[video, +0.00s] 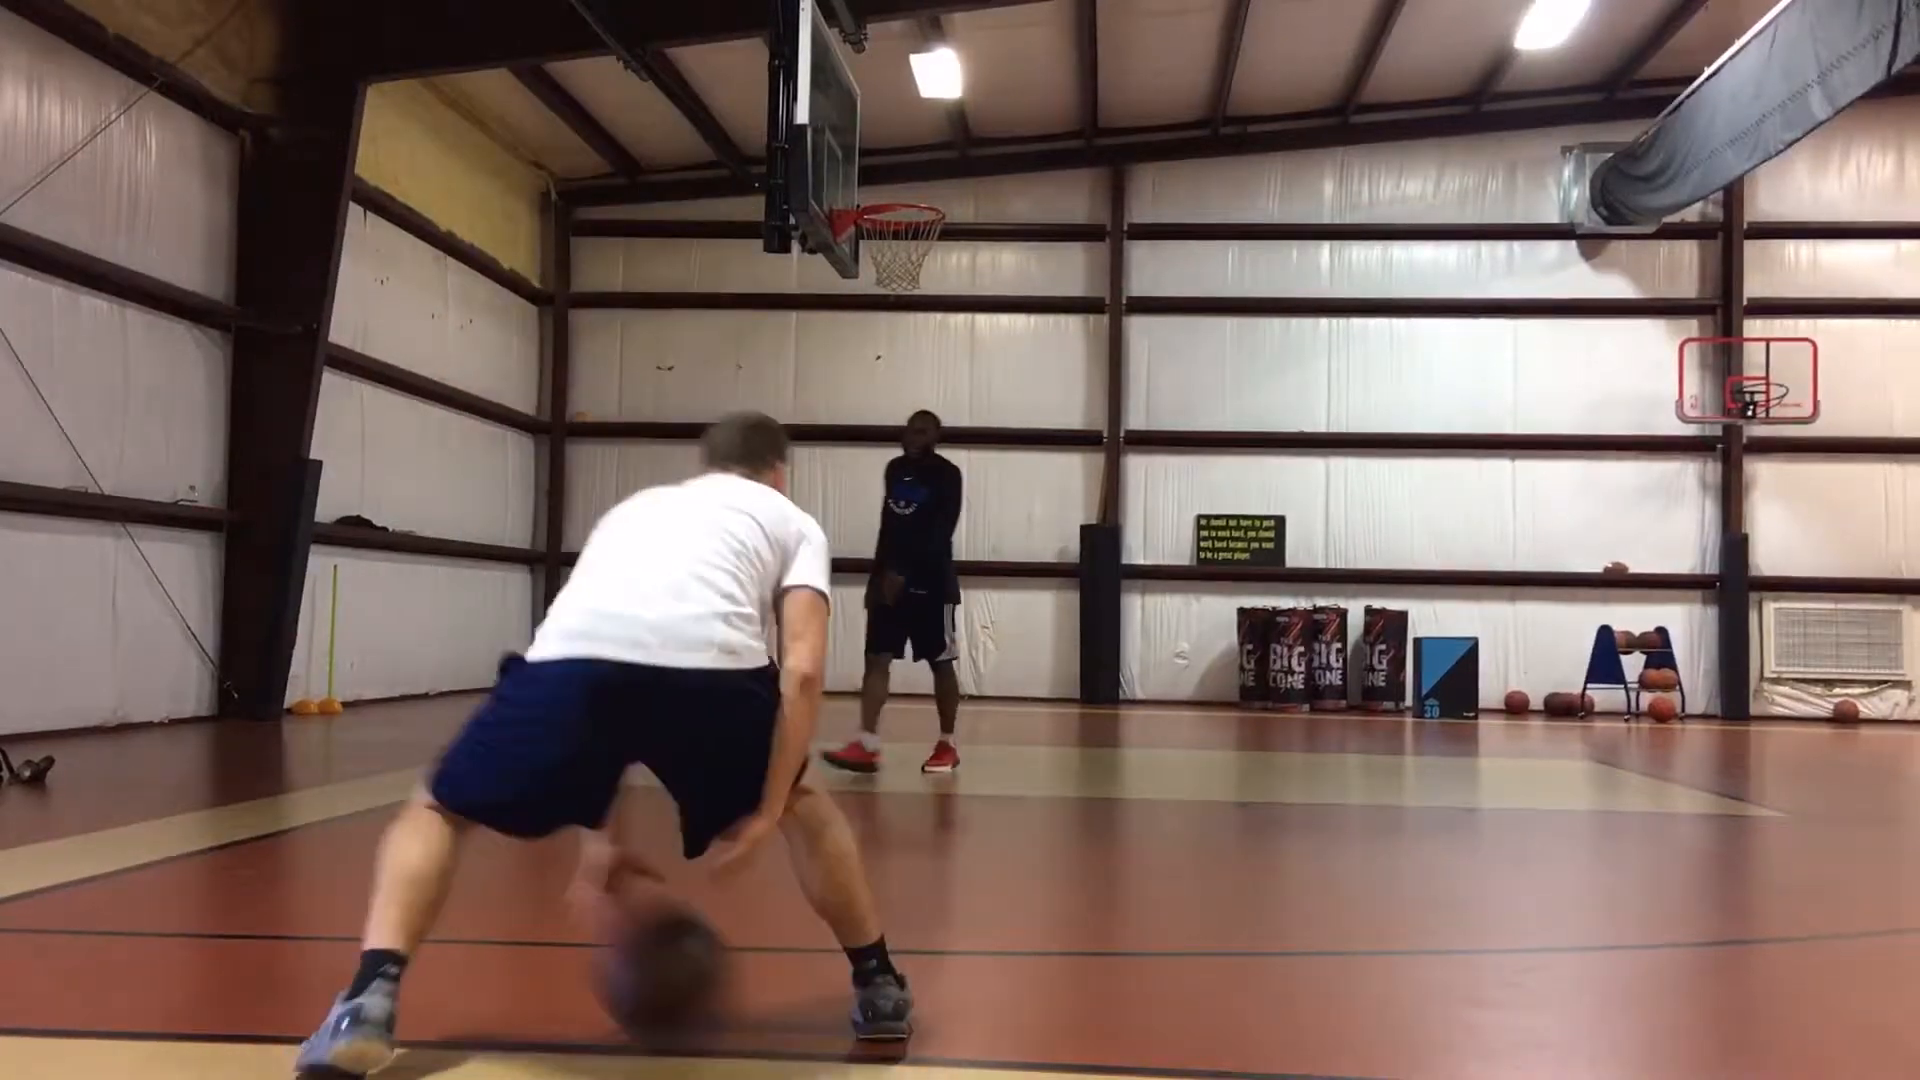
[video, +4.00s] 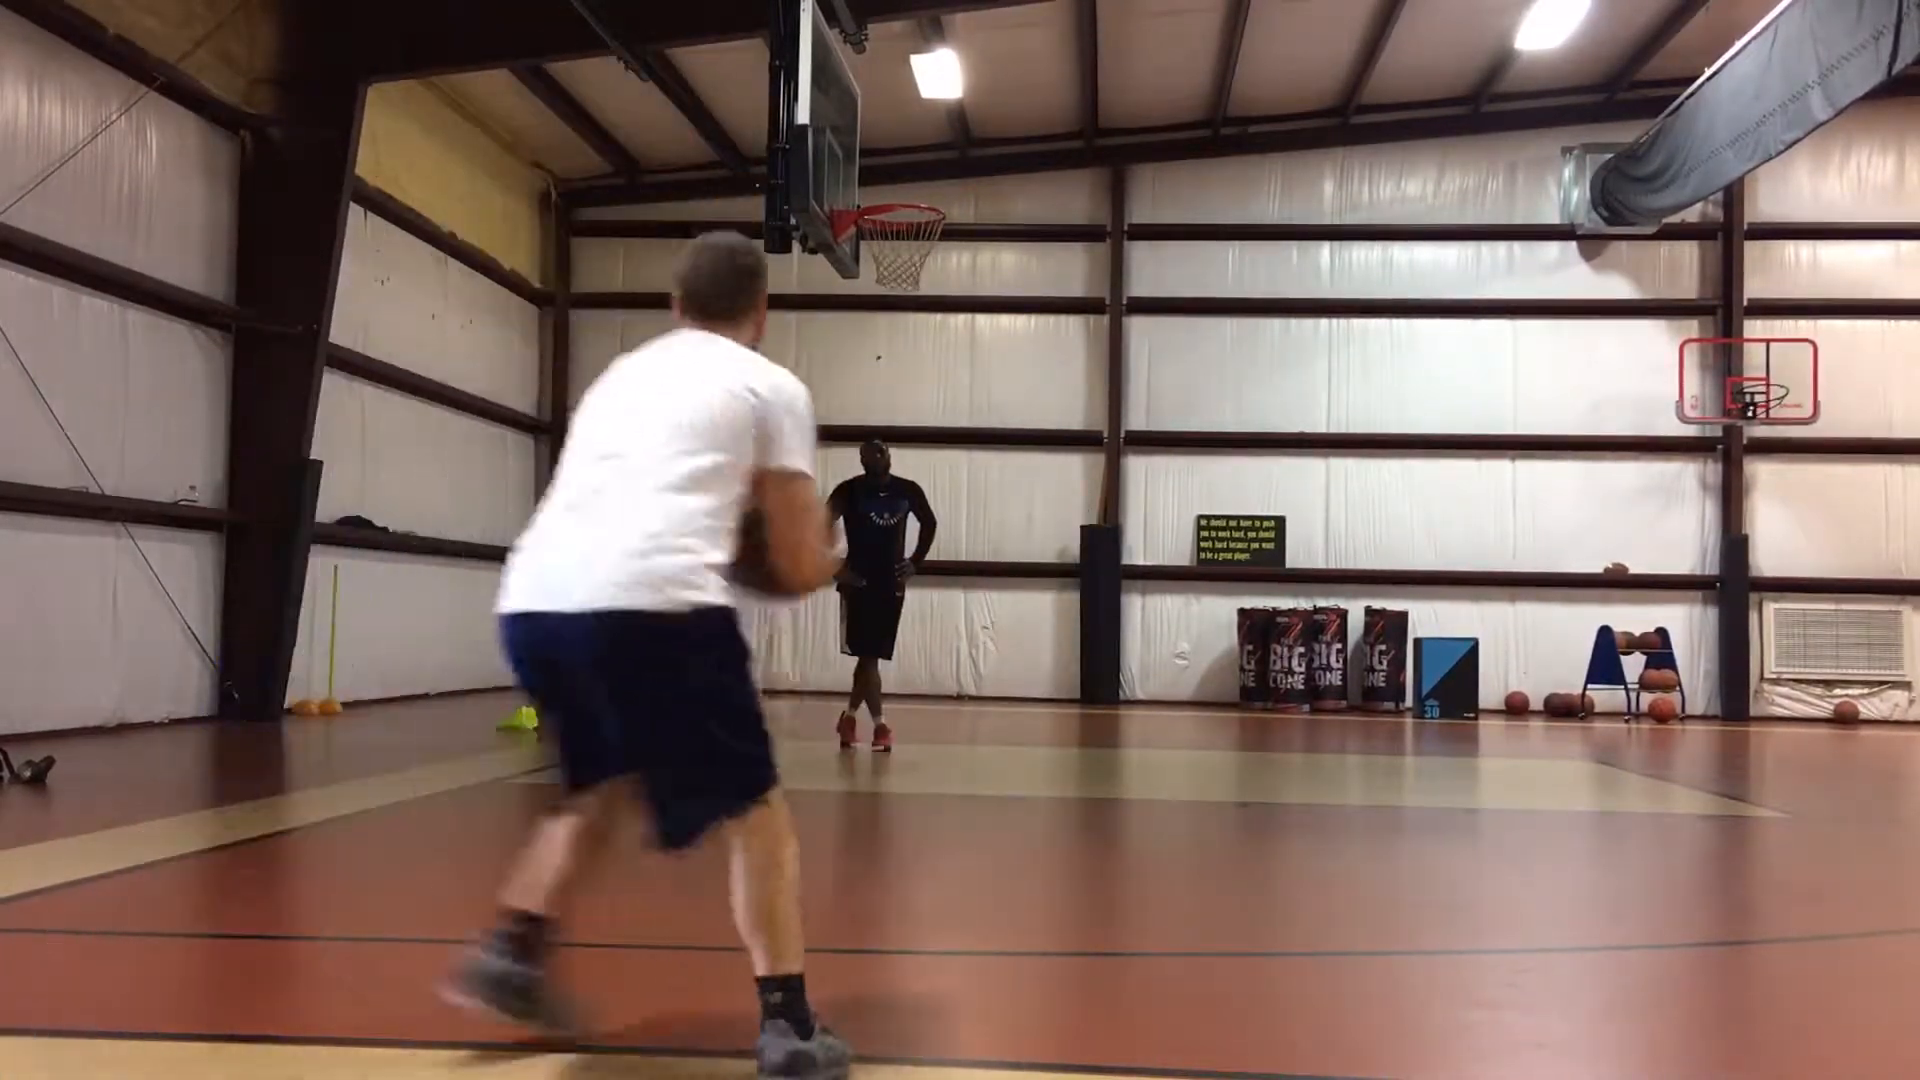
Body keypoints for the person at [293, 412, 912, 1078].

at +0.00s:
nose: (792, 487)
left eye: (789, 480)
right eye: (793, 480)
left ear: (704, 468)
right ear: (780, 474)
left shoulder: (635, 508)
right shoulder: (791, 521)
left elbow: (590, 650)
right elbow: (803, 667)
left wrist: (599, 836)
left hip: (571, 666)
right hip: (711, 677)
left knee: (436, 810)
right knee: (805, 807)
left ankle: (370, 996)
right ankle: (878, 983)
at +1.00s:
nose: (511, 273)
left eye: (509, 261)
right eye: (510, 261)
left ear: (427, 273)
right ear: (498, 274)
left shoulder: (393, 338)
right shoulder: (496, 346)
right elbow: (626, 384)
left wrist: (519, 295)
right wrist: (612, 285)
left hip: (322, 596)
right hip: (419, 597)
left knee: (394, 803)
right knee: (493, 799)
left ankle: (284, 967)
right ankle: (418, 983)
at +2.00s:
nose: (593, 241)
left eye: (562, 234)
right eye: (594, 233)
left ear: (518, 244)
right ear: (591, 242)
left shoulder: (476, 301)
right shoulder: (620, 342)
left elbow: (447, 228)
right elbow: (703, 463)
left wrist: (434, 169)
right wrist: (665, 410)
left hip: (474, 573)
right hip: (578, 579)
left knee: (462, 753)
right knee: (617, 764)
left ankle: (396, 928)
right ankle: (634, 946)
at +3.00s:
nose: (663, 164)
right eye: (670, 150)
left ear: (575, 156)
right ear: (670, 153)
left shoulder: (513, 253)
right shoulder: (715, 251)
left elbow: (466, 397)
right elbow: (768, 407)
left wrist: (441, 538)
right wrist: (807, 534)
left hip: (529, 544)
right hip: (664, 547)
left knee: (530, 787)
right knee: (679, 777)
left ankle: (512, 1022)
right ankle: (694, 1005)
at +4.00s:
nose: (765, 325)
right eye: (768, 314)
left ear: (674, 306)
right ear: (759, 314)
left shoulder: (615, 376)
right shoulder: (767, 385)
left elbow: (610, 512)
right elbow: (798, 565)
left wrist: (745, 537)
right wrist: (827, 543)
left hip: (537, 609)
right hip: (661, 609)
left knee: (595, 786)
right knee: (757, 810)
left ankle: (510, 950)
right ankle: (787, 1024)